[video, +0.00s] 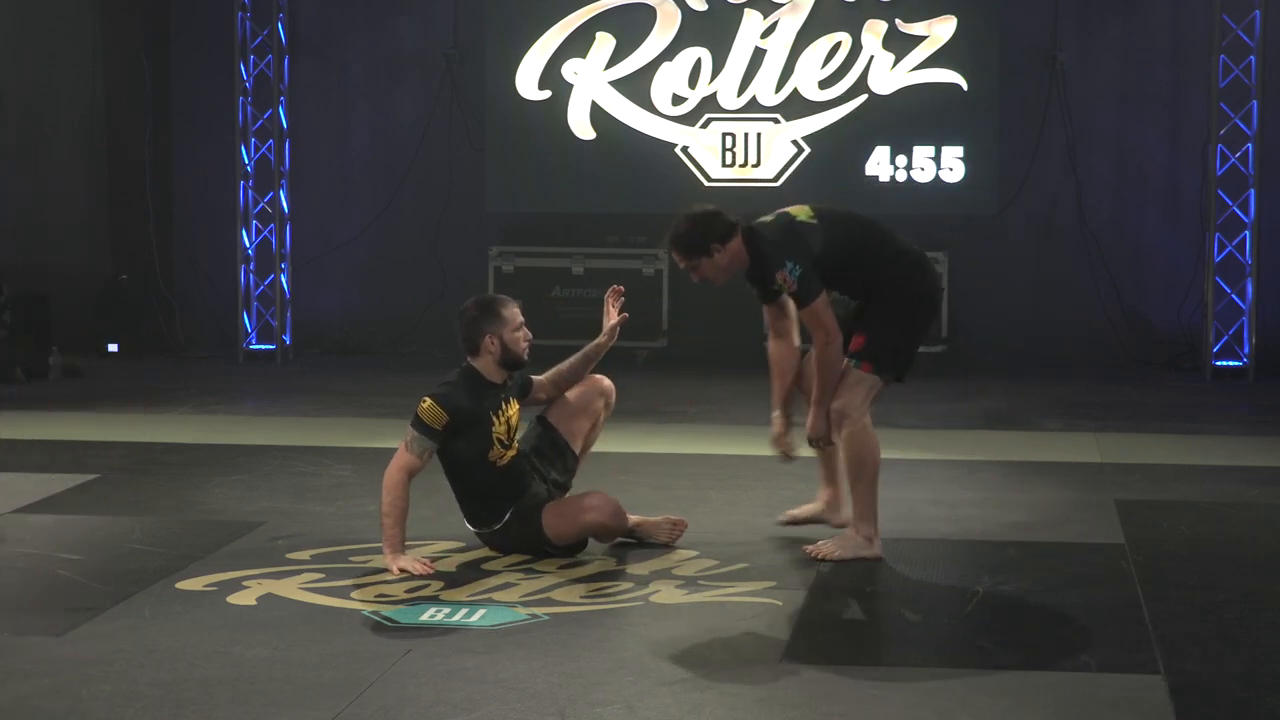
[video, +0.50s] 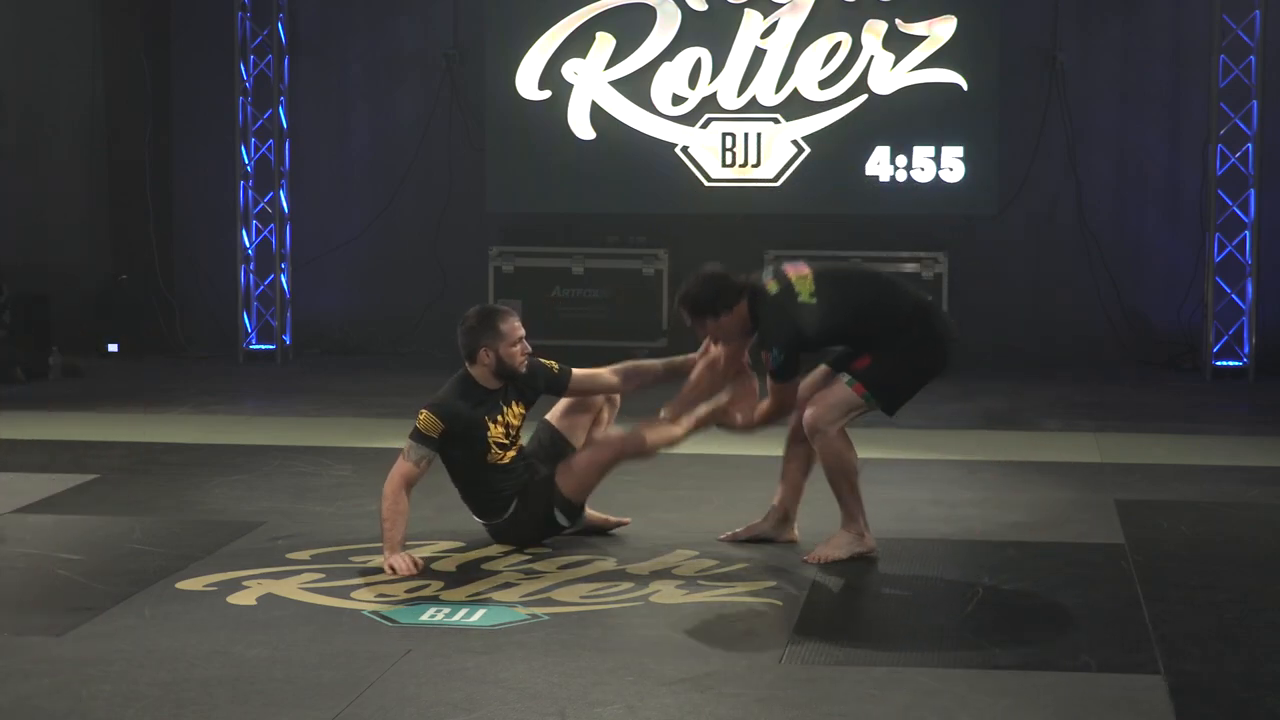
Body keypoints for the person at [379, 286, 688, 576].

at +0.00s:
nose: (529, 334)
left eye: (525, 326)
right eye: (519, 328)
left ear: (494, 343)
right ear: (491, 343)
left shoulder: (505, 379)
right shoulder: (447, 401)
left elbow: (546, 388)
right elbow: (398, 471)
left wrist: (604, 341)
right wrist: (394, 553)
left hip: (528, 471)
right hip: (507, 520)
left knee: (598, 389)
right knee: (599, 508)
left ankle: (555, 505)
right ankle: (629, 529)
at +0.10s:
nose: (531, 334)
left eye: (527, 326)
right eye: (521, 328)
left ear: (496, 342)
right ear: (492, 343)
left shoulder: (510, 376)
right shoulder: (448, 401)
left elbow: (555, 385)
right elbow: (402, 472)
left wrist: (617, 343)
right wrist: (394, 553)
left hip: (530, 469)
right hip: (508, 520)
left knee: (604, 392)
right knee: (595, 504)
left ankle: (558, 510)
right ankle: (637, 525)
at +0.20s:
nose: (533, 338)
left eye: (529, 329)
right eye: (523, 331)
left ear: (500, 343)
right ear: (492, 344)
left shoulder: (513, 375)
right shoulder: (451, 403)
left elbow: (566, 379)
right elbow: (399, 474)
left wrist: (633, 351)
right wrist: (394, 553)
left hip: (528, 463)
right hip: (505, 515)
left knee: (612, 397)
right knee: (606, 502)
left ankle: (562, 514)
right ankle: (686, 511)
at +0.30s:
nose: (532, 344)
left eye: (528, 335)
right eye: (521, 337)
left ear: (500, 347)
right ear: (490, 350)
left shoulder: (513, 374)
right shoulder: (451, 404)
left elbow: (581, 370)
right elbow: (393, 477)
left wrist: (653, 359)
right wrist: (392, 552)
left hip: (519, 465)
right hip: (503, 513)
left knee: (605, 398)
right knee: (627, 501)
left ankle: (557, 517)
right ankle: (736, 510)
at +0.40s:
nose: (531, 345)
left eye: (527, 336)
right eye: (521, 339)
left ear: (500, 348)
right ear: (490, 352)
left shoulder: (518, 368)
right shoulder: (449, 405)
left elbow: (597, 366)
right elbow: (395, 478)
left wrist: (674, 363)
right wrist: (392, 552)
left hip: (520, 467)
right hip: (503, 514)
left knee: (599, 393)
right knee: (625, 484)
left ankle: (562, 519)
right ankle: (717, 491)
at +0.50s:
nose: (528, 349)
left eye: (524, 339)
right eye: (518, 343)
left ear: (497, 352)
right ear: (486, 356)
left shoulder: (522, 373)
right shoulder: (447, 409)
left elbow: (614, 378)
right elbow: (398, 483)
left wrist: (691, 362)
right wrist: (392, 550)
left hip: (527, 473)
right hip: (514, 515)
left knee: (601, 396)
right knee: (609, 444)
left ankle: (570, 513)